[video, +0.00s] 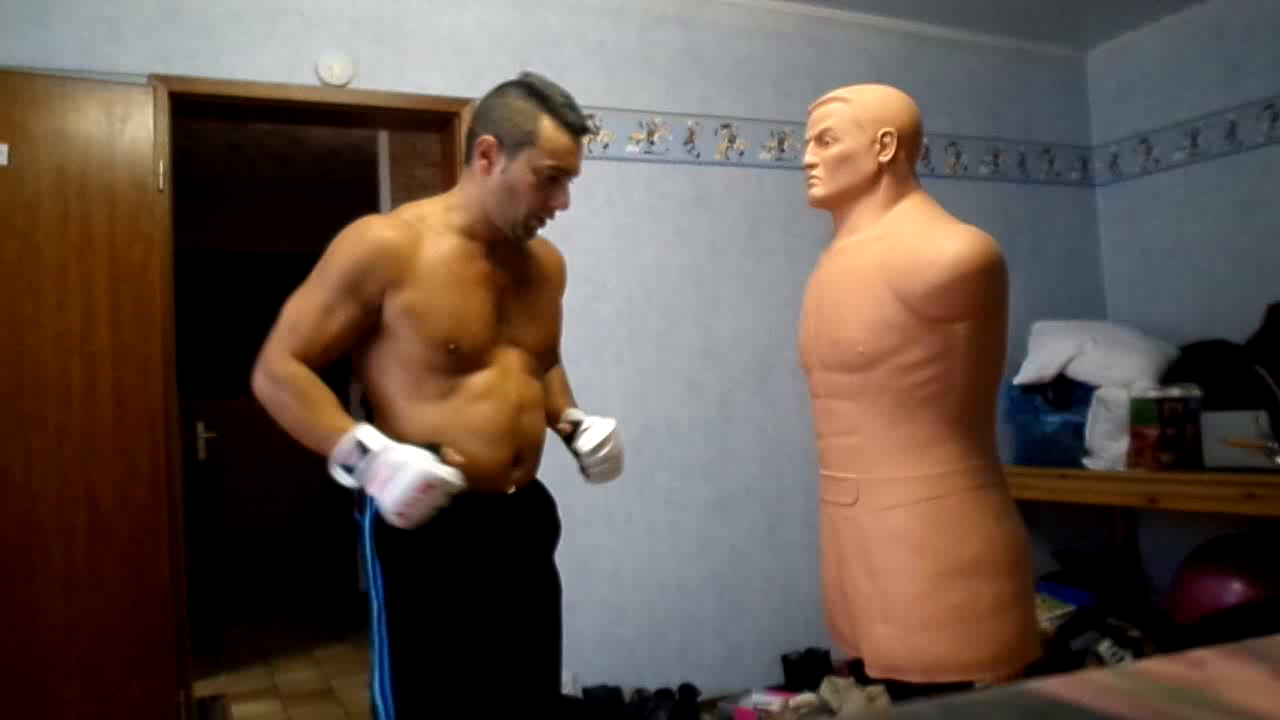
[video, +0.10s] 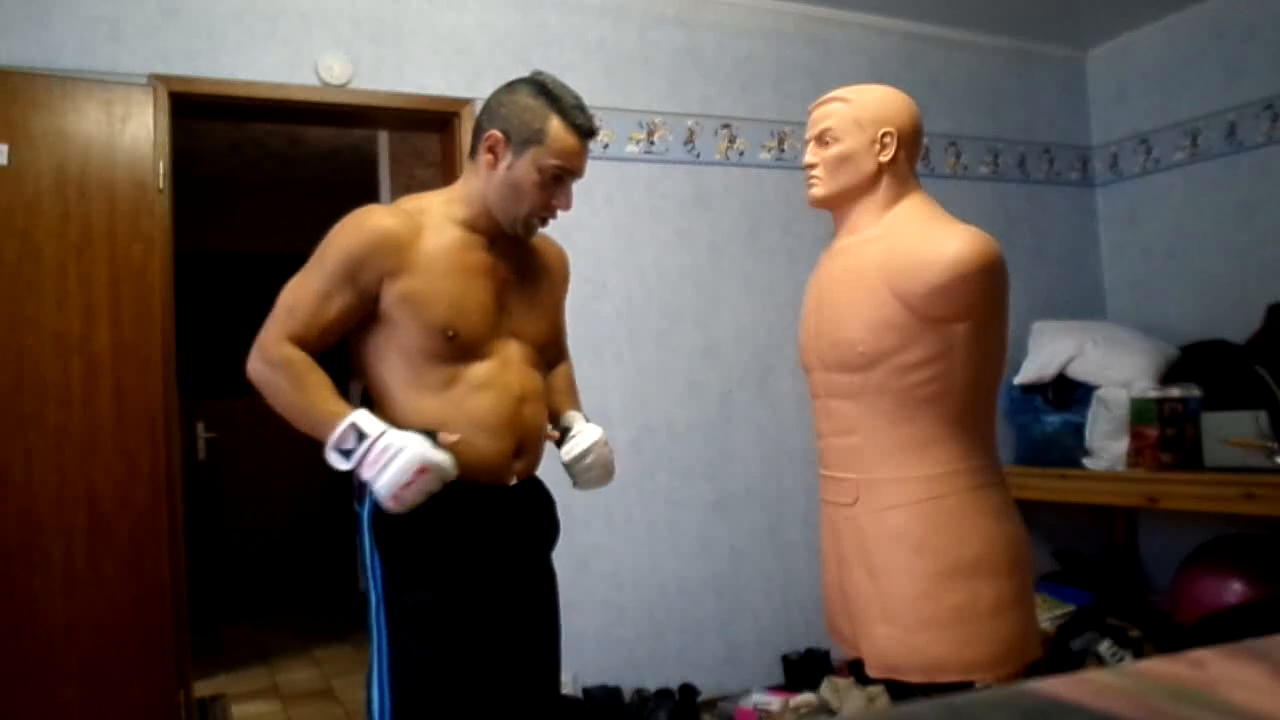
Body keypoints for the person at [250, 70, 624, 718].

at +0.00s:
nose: (562, 202)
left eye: (568, 182)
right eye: (550, 178)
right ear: (488, 156)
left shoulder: (544, 264)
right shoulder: (384, 246)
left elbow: (543, 364)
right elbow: (276, 370)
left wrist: (572, 422)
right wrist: (366, 458)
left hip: (520, 528)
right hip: (422, 531)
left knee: (530, 699)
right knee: (429, 708)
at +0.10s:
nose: (565, 203)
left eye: (571, 183)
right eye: (555, 178)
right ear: (494, 151)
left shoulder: (548, 261)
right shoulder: (384, 235)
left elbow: (553, 358)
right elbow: (271, 355)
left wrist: (572, 424)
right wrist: (366, 445)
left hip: (518, 522)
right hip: (421, 521)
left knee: (529, 696)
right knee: (427, 706)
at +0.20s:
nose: (558, 204)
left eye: (565, 184)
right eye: (548, 179)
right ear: (490, 153)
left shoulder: (542, 264)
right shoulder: (380, 236)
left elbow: (557, 366)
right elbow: (291, 377)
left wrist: (584, 424)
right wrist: (413, 442)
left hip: (514, 522)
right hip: (415, 523)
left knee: (527, 696)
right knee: (417, 706)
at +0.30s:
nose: (547, 210)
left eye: (554, 190)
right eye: (538, 185)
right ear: (479, 157)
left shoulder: (529, 268)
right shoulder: (374, 240)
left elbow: (559, 379)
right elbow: (334, 403)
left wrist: (606, 425)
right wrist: (482, 422)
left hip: (508, 532)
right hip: (406, 531)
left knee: (526, 704)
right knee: (399, 711)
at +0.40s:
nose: (534, 210)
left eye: (541, 190)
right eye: (524, 184)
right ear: (466, 155)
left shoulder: (514, 267)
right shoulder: (356, 238)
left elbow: (535, 389)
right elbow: (334, 405)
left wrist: (617, 402)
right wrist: (487, 389)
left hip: (497, 541)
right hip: (390, 544)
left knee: (524, 717)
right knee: (379, 718)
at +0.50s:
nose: (520, 204)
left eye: (528, 183)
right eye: (511, 178)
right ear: (449, 147)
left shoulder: (499, 262)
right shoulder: (328, 233)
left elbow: (523, 382)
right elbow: (289, 403)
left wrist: (601, 384)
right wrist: (450, 381)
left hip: (482, 544)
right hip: (370, 547)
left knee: (509, 713)